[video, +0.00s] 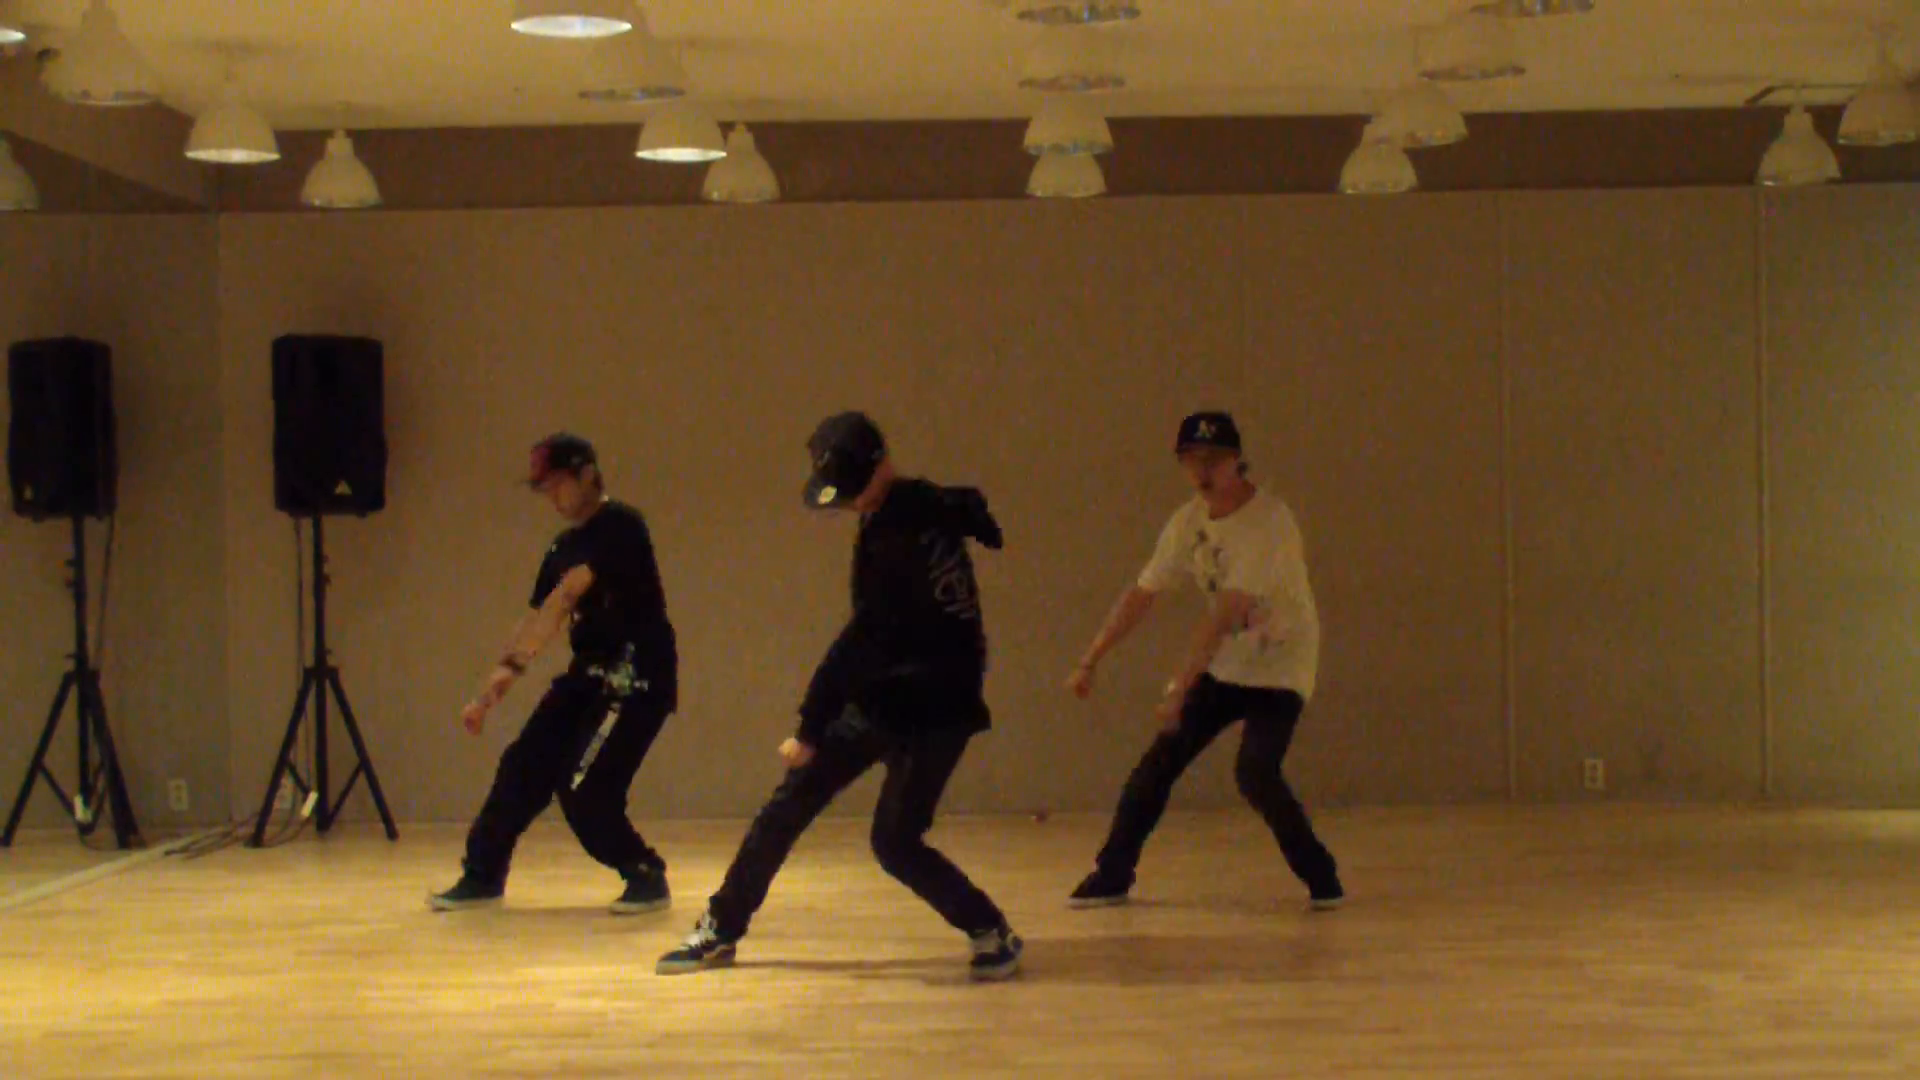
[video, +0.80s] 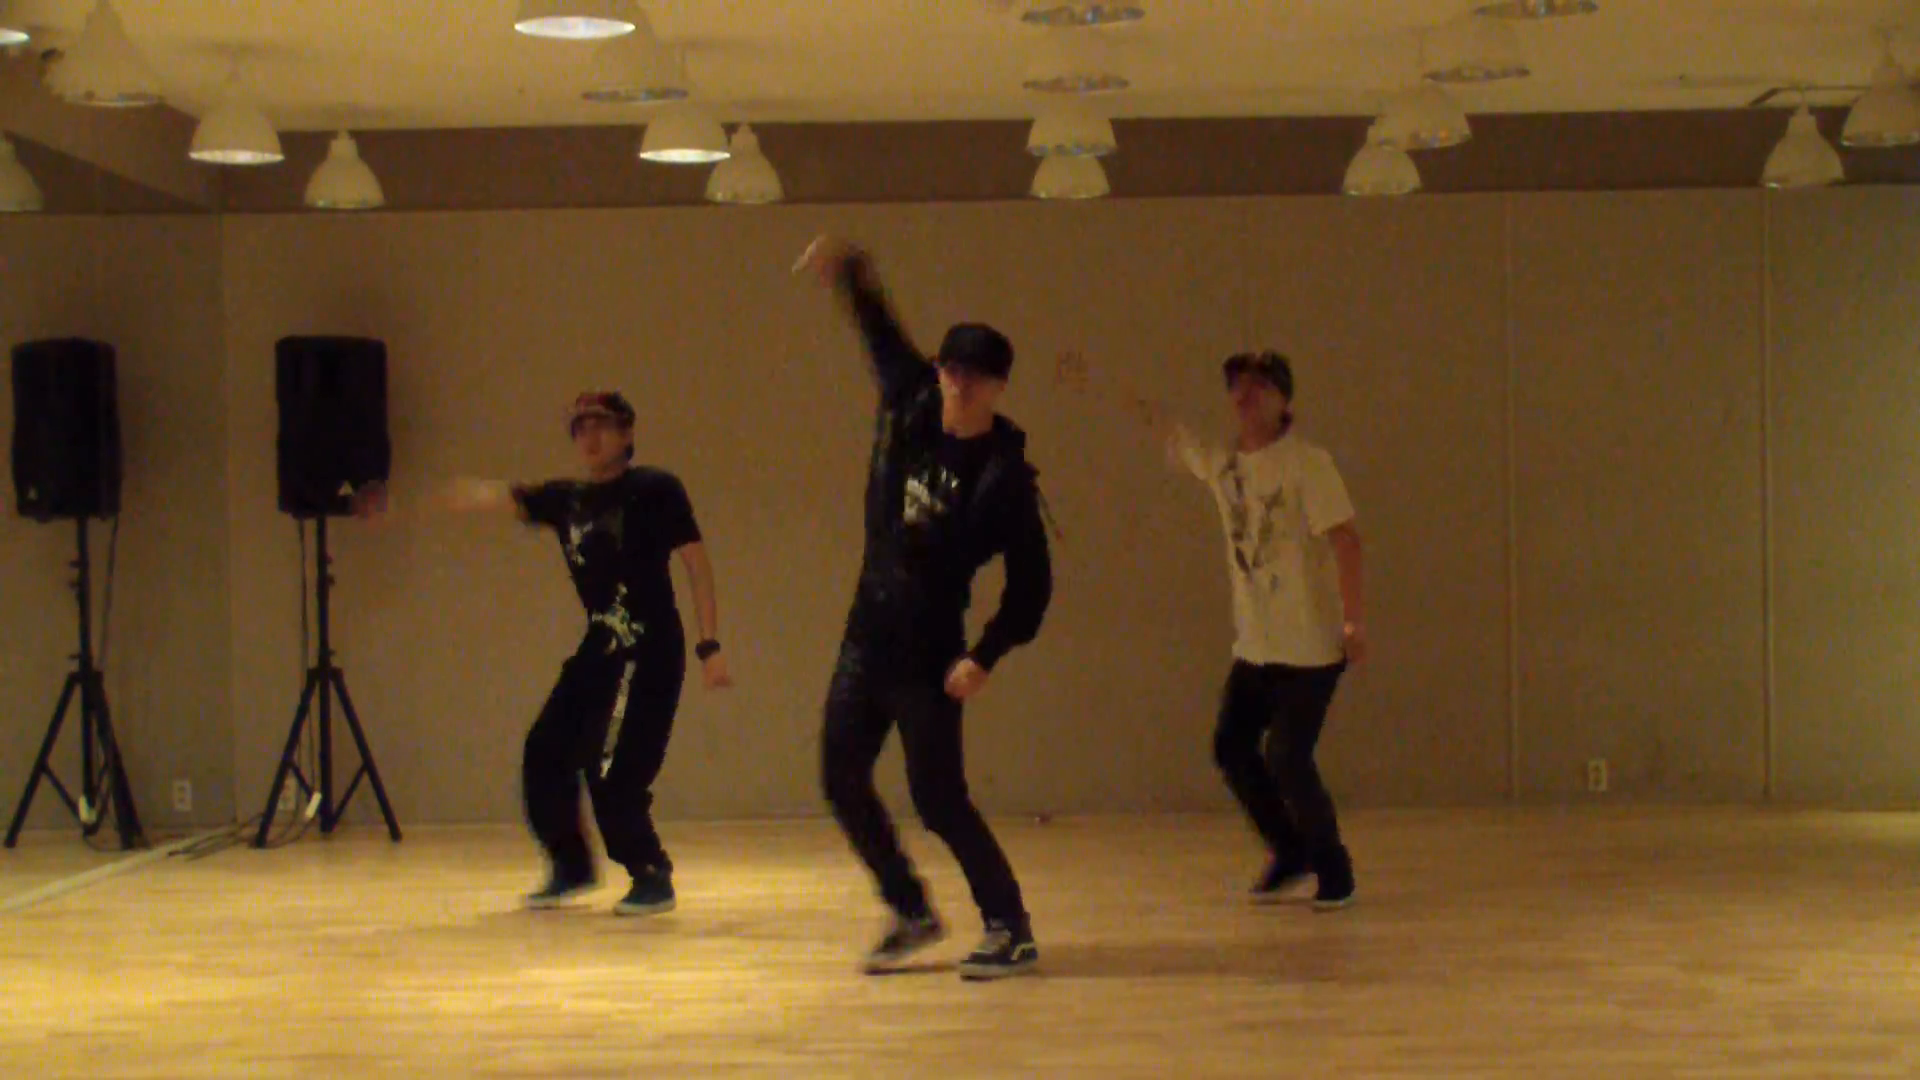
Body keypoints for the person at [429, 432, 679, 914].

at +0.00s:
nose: (553, 498)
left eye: (559, 485)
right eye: (546, 490)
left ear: (589, 476)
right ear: (547, 492)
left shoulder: (621, 526)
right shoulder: (565, 547)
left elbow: (567, 598)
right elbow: (533, 617)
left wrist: (518, 661)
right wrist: (487, 693)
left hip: (639, 678)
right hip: (589, 673)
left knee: (587, 785)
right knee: (524, 766)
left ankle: (645, 874)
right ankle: (483, 876)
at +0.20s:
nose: (543, 502)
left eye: (548, 489)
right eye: (538, 492)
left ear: (579, 479)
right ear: (557, 488)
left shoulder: (601, 527)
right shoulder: (574, 538)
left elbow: (539, 599)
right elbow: (539, 631)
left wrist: (481, 649)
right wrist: (497, 698)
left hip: (635, 684)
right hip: (589, 678)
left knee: (581, 795)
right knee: (521, 771)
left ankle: (648, 874)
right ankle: (483, 878)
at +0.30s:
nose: (559, 497)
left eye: (564, 484)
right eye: (548, 490)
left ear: (582, 479)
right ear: (538, 499)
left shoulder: (613, 510)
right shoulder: (560, 561)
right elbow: (542, 647)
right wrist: (494, 716)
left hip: (640, 678)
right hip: (589, 677)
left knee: (584, 793)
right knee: (518, 769)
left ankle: (648, 874)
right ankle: (484, 877)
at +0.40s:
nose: (564, 491)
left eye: (571, 479)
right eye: (551, 485)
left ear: (585, 481)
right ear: (537, 497)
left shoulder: (612, 510)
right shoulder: (552, 571)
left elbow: (633, 469)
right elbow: (543, 655)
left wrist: (652, 443)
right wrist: (502, 722)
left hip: (637, 680)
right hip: (584, 681)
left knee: (581, 792)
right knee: (515, 766)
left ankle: (647, 875)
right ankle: (484, 876)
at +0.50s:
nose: (567, 488)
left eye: (574, 476)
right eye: (554, 481)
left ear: (587, 480)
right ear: (537, 496)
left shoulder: (619, 505)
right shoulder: (547, 571)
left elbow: (700, 473)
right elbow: (541, 662)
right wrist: (505, 728)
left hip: (638, 680)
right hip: (581, 683)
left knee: (584, 792)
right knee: (520, 767)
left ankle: (648, 877)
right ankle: (484, 876)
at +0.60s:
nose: (573, 482)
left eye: (581, 471)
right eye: (559, 476)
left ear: (595, 477)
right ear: (542, 491)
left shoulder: (624, 505)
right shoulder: (551, 568)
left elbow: (708, 507)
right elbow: (541, 661)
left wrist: (687, 563)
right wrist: (507, 730)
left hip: (642, 678)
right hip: (585, 682)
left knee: (587, 794)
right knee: (521, 766)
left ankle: (648, 875)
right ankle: (485, 876)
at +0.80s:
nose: (591, 437)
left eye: (603, 426)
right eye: (582, 428)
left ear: (627, 434)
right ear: (574, 440)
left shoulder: (655, 490)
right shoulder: (565, 499)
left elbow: (696, 563)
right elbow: (490, 498)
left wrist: (709, 644)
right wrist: (412, 507)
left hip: (652, 646)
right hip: (601, 645)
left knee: (614, 766)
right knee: (546, 750)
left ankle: (651, 876)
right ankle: (572, 866)